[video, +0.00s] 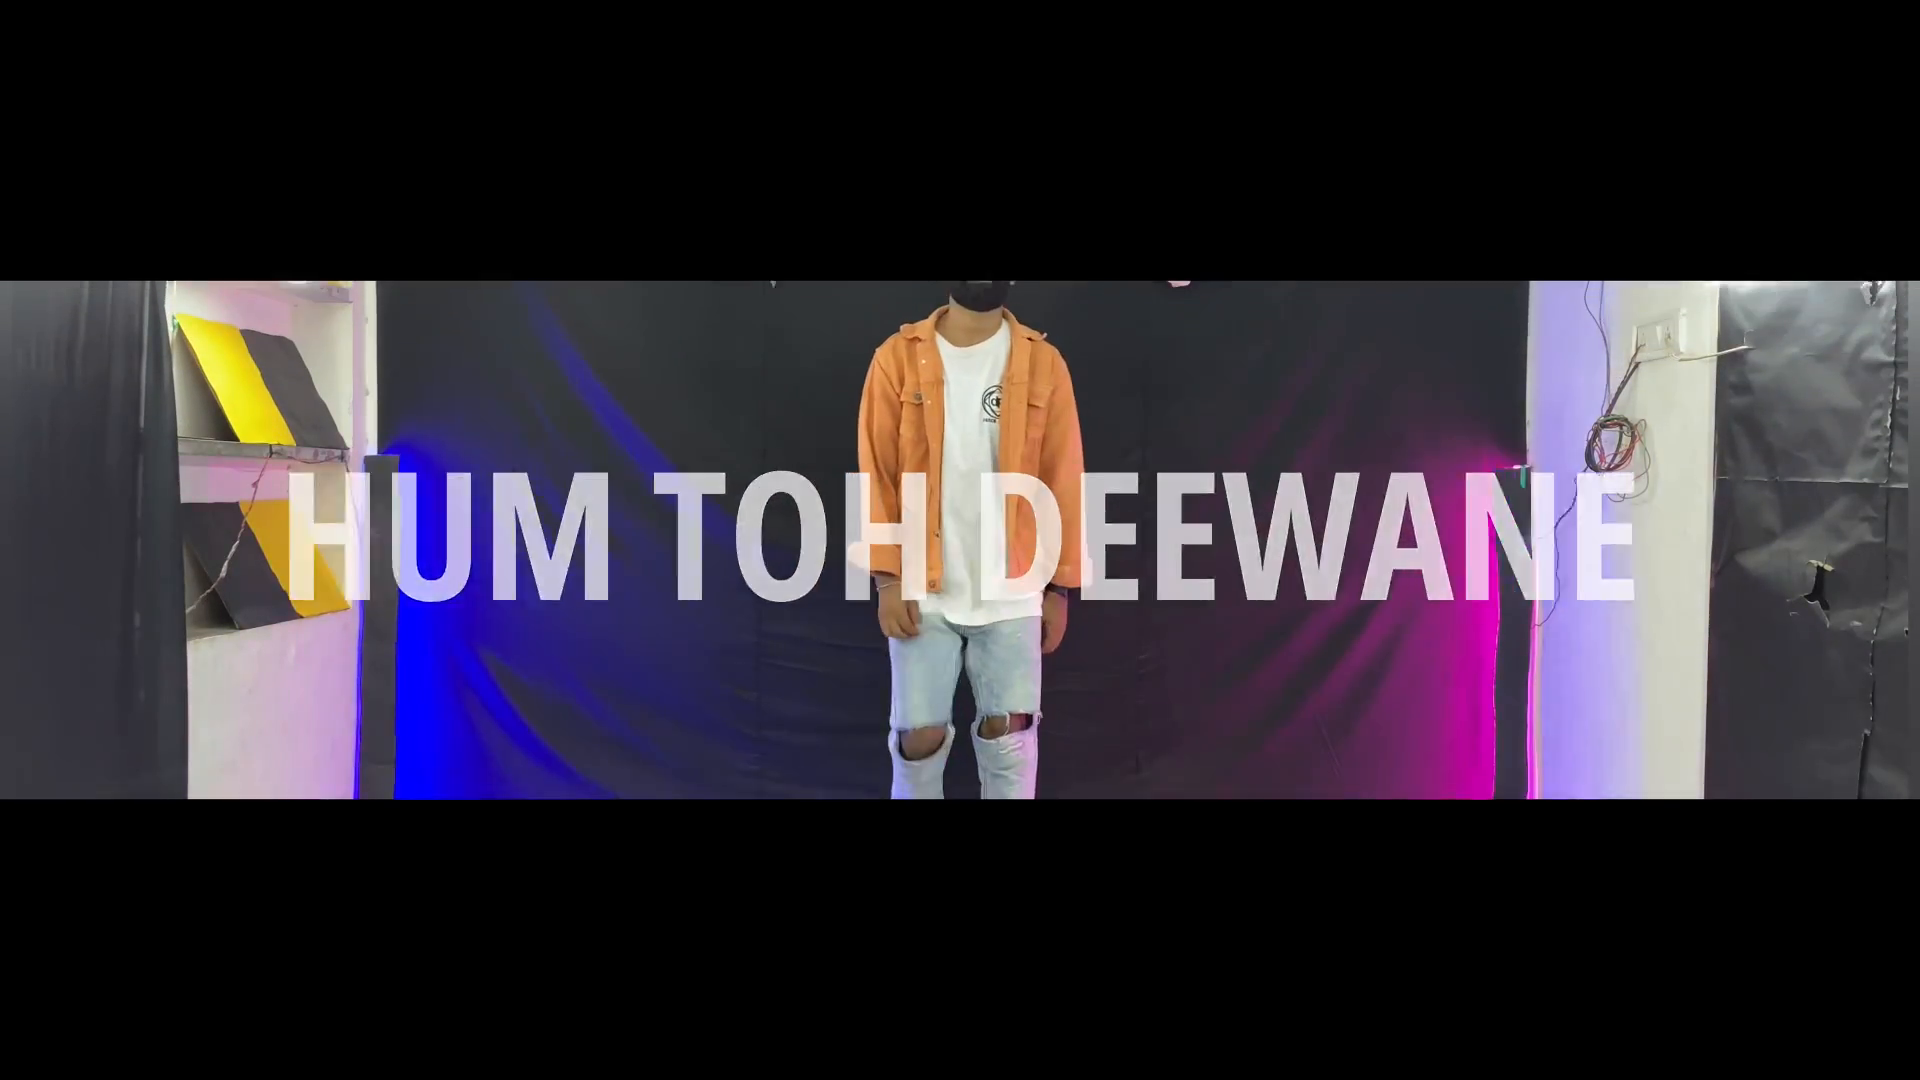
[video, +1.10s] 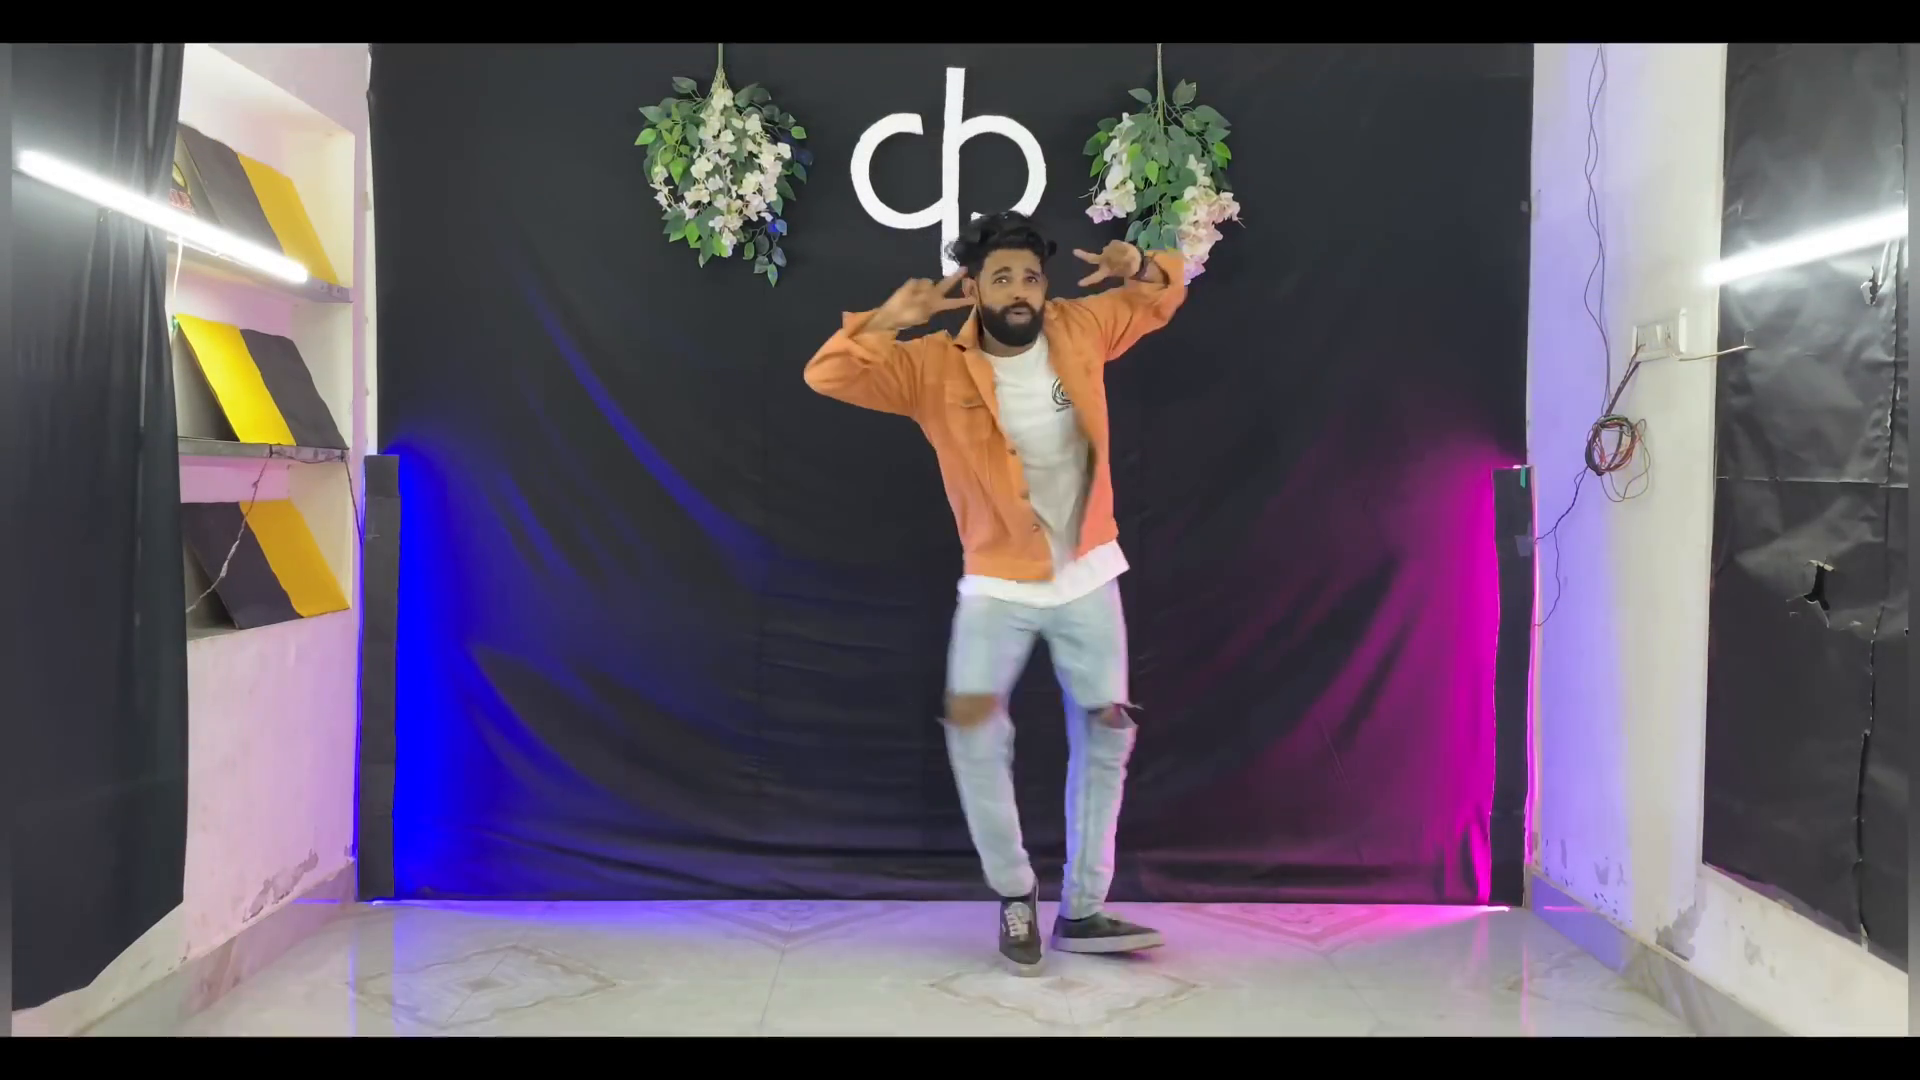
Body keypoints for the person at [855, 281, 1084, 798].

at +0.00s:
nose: (984, 282)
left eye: (994, 276)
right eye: (974, 276)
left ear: (1010, 282)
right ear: (952, 283)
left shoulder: (1043, 362)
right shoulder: (896, 358)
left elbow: (1065, 477)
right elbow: (876, 475)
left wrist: (1059, 586)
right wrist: (887, 577)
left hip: (1013, 592)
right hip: (921, 591)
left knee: (1009, 744)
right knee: (918, 744)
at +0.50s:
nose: (952, 253)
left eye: (969, 242)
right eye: (939, 239)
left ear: (989, 262)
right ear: (917, 252)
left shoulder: (1026, 346)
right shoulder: (873, 344)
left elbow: (1107, 429)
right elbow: (794, 425)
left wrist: (1063, 513)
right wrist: (830, 519)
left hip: (992, 583)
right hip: (894, 582)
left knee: (995, 752)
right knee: (866, 752)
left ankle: (1003, 903)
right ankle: (834, 900)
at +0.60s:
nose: (950, 262)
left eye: (966, 250)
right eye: (937, 248)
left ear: (990, 266)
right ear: (916, 260)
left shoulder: (1030, 347)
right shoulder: (875, 345)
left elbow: (1103, 409)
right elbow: (806, 407)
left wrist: (1144, 435)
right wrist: (777, 453)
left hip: (979, 588)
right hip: (885, 584)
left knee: (976, 742)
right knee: (862, 747)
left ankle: (1026, 906)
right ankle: (833, 912)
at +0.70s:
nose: (959, 281)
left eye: (975, 267)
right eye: (946, 266)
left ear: (999, 277)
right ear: (924, 274)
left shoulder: (1033, 350)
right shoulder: (897, 354)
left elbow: (1085, 425)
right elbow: (871, 454)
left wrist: (1136, 362)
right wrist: (831, 399)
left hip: (971, 589)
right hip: (882, 580)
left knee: (950, 763)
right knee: (855, 751)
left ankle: (1042, 910)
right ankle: (829, 916)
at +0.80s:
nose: (963, 288)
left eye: (977, 273)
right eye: (954, 276)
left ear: (1014, 276)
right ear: (942, 285)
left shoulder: (1050, 347)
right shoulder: (926, 351)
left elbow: (1098, 373)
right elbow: (930, 430)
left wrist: (1042, 324)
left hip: (995, 583)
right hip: (910, 578)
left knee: (986, 757)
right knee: (867, 744)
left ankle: (1048, 913)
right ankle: (847, 912)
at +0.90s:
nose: (993, 291)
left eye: (1009, 278)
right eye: (981, 277)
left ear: (1034, 286)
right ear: (960, 284)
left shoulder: (1059, 347)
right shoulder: (941, 343)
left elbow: (1137, 311)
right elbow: (911, 401)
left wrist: (1057, 304)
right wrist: (986, 355)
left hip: (1029, 577)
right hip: (943, 570)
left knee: (1035, 734)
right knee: (876, 685)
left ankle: (1052, 912)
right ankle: (917, 871)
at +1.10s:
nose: (1018, 290)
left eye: (1030, 276)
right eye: (1002, 277)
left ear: (1046, 284)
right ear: (973, 286)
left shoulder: (1080, 327)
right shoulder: (932, 364)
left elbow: (1164, 294)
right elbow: (827, 373)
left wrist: (1141, 264)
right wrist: (889, 317)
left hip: (1088, 571)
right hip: (997, 579)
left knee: (1107, 728)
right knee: (971, 720)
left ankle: (1085, 908)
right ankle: (1015, 899)